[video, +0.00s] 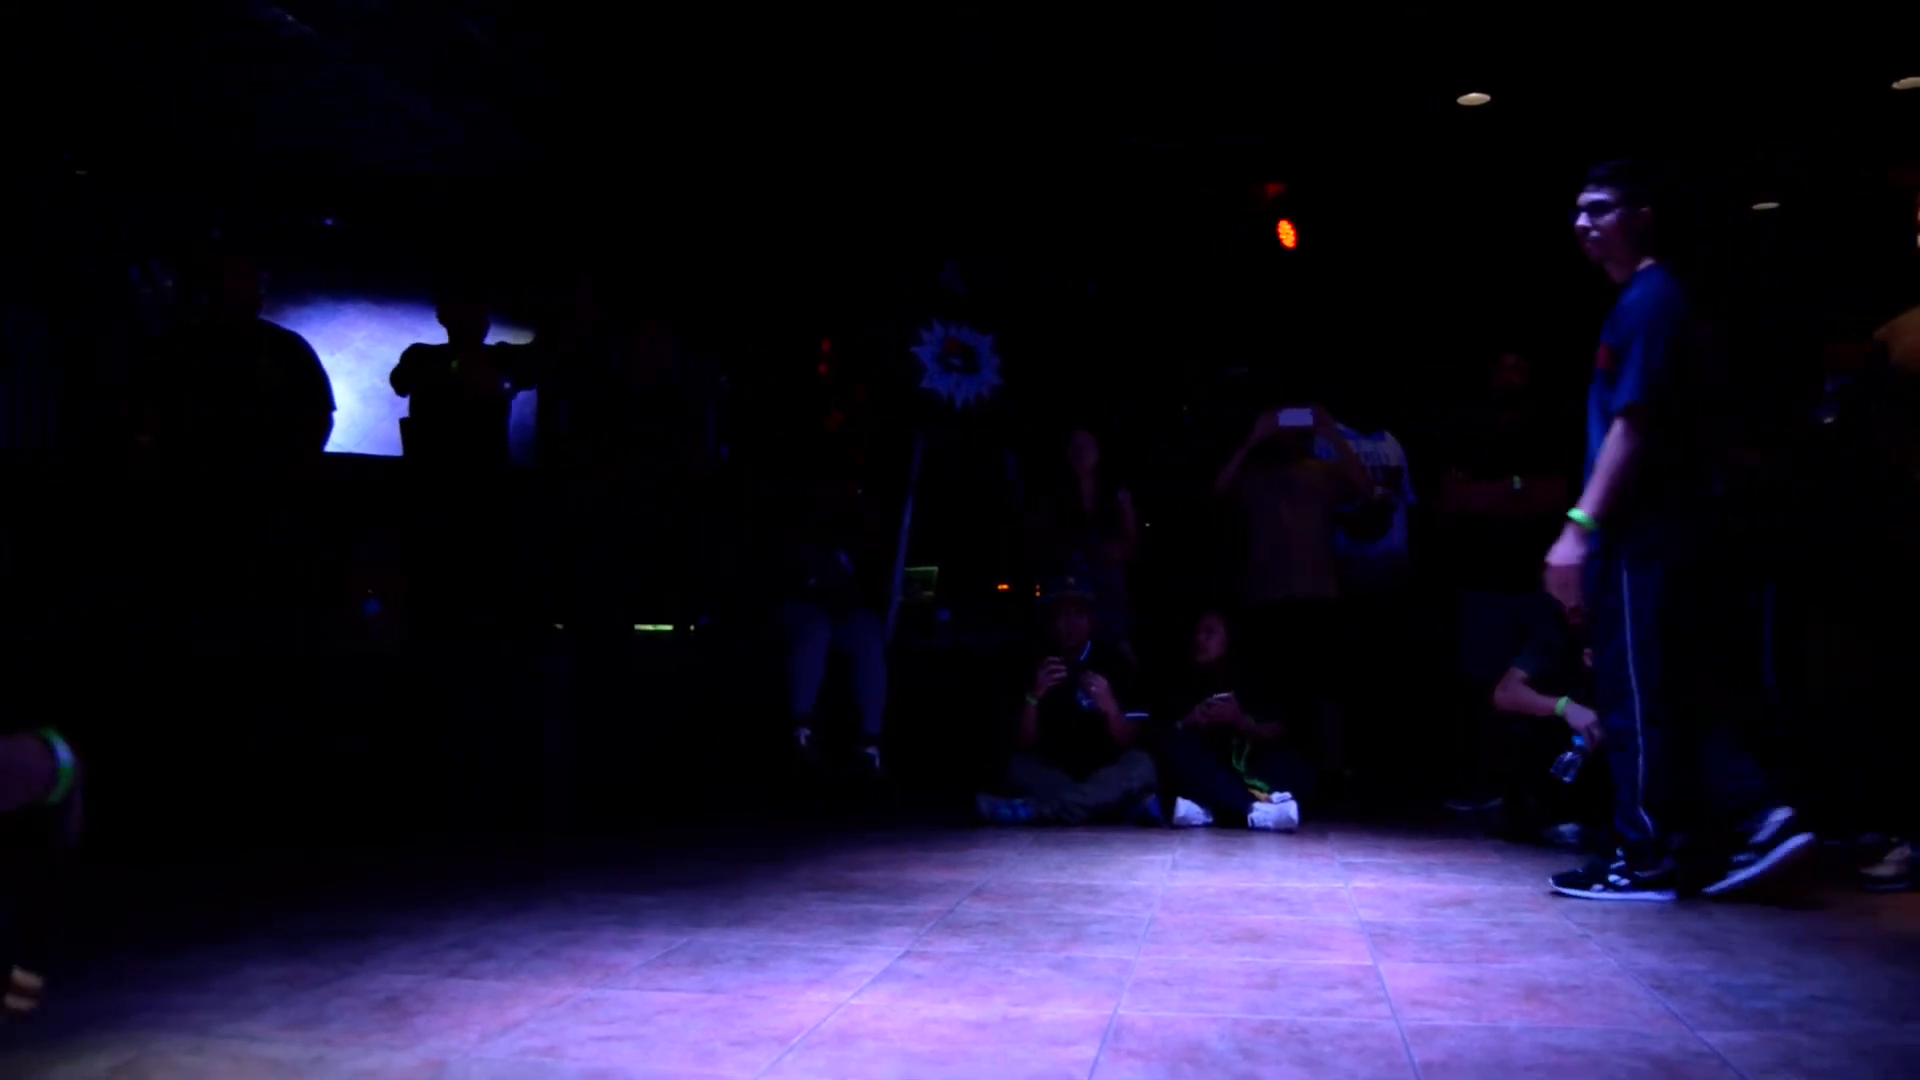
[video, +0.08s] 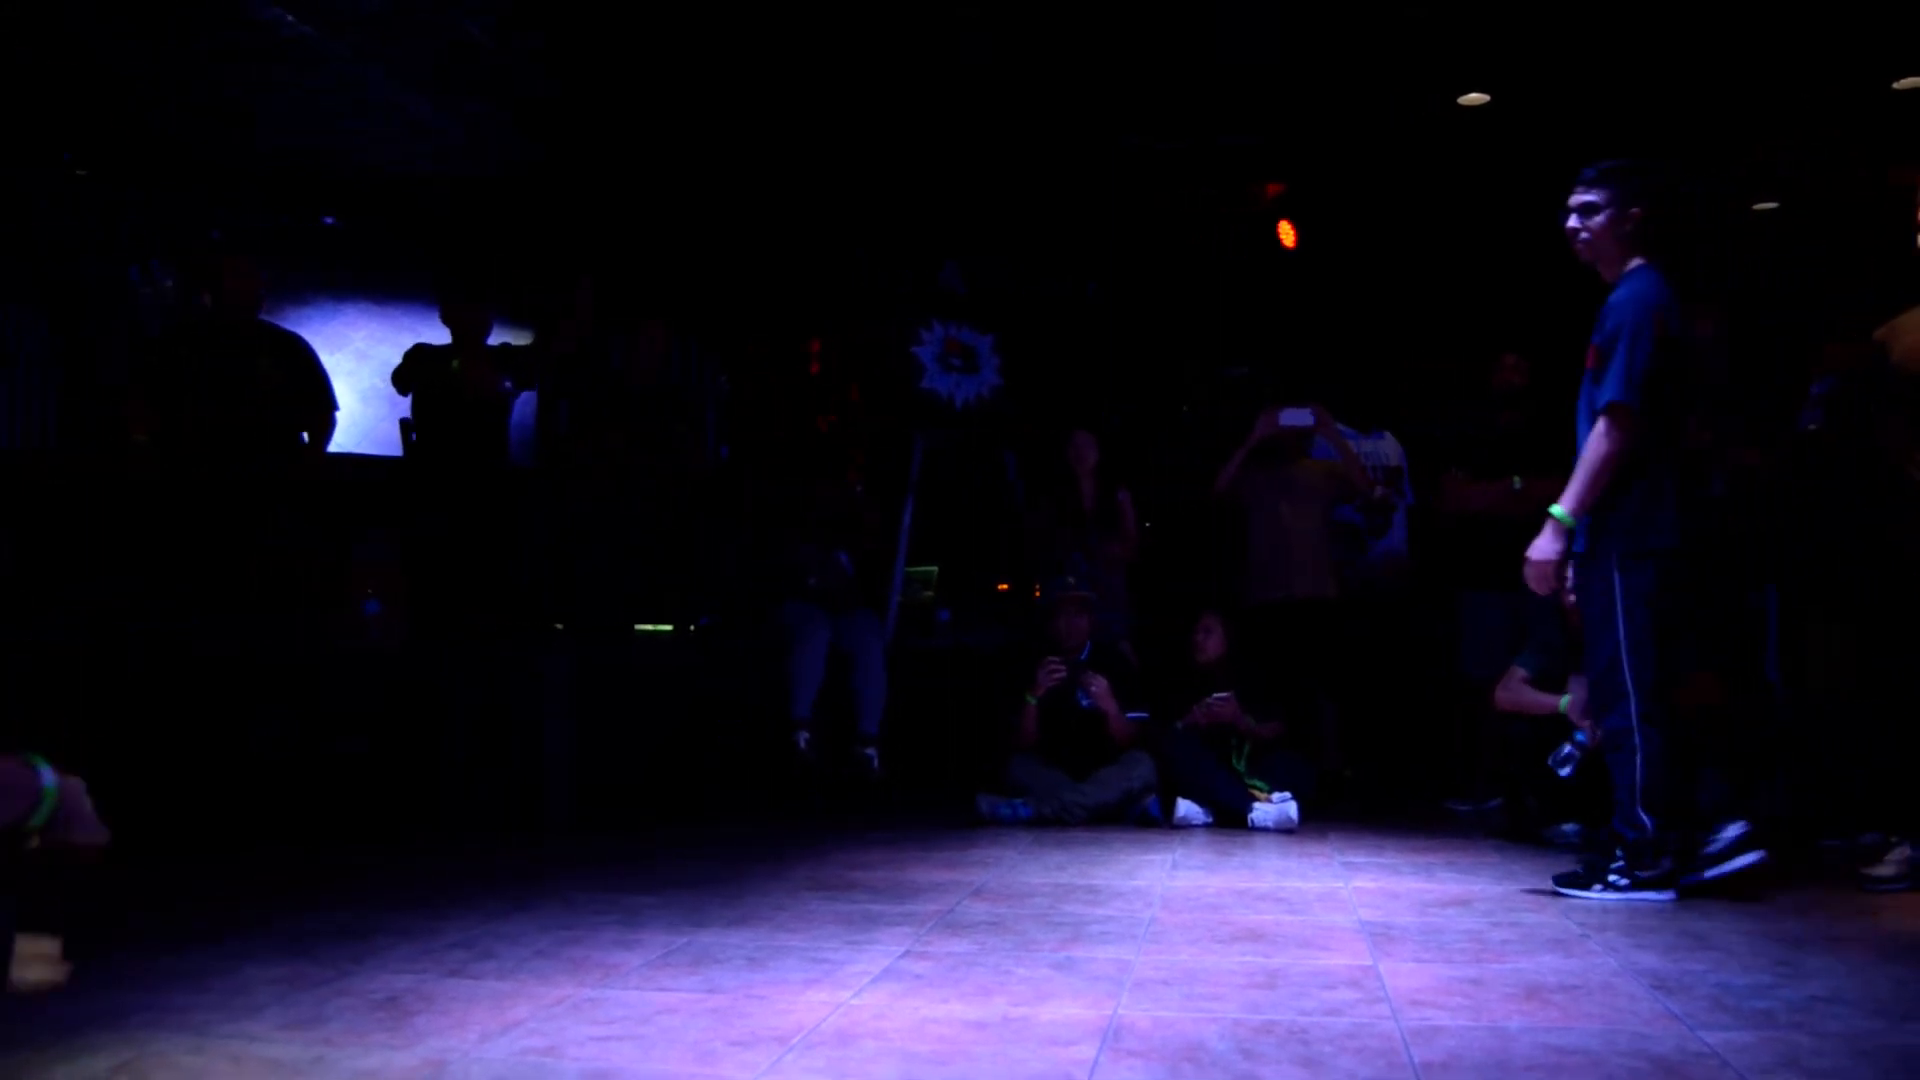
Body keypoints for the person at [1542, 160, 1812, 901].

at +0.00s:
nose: (1583, 225)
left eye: (1598, 211)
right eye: (1581, 213)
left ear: (1642, 217)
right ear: (1609, 226)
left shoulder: (1653, 299)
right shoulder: (1647, 297)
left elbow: (1632, 425)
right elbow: (1640, 424)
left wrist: (1580, 526)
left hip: (1649, 520)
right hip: (1657, 514)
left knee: (1638, 684)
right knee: (1672, 675)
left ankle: (1644, 857)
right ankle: (1755, 816)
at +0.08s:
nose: (1572, 225)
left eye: (1587, 212)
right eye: (1570, 213)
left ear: (1630, 218)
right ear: (1607, 226)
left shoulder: (1639, 299)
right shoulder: (1639, 296)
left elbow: (1618, 428)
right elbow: (1622, 430)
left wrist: (1558, 524)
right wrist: (1586, 545)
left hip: (1633, 525)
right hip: (1637, 521)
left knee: (1627, 686)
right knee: (1641, 680)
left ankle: (1641, 857)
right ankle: (1711, 824)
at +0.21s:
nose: (1561, 228)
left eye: (1576, 214)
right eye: (1559, 216)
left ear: (1618, 220)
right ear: (1587, 227)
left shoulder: (1628, 300)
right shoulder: (1617, 298)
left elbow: (1601, 424)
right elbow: (1600, 426)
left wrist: (1542, 521)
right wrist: (1562, 533)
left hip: (1622, 528)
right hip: (1609, 525)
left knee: (1617, 688)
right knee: (1599, 685)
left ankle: (1642, 856)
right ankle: (1622, 838)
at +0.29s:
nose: (1554, 229)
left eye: (1569, 216)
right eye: (1553, 217)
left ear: (1611, 221)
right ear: (1583, 228)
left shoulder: (1623, 301)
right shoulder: (1608, 298)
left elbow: (1597, 424)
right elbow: (1596, 423)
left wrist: (1541, 521)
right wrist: (1551, 518)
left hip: (1619, 526)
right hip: (1598, 524)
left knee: (1614, 685)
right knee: (1577, 678)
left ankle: (1640, 854)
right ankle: (1592, 831)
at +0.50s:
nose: (1536, 232)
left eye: (1551, 221)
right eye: (1535, 221)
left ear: (1592, 230)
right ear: (1554, 235)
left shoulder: (1606, 306)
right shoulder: (1584, 306)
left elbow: (1596, 429)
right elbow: (1586, 430)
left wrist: (1551, 529)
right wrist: (1550, 524)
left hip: (1604, 529)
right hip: (1577, 526)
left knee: (1611, 689)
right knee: (1547, 679)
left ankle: (1641, 853)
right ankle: (1519, 831)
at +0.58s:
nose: (1530, 233)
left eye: (1546, 222)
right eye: (1529, 222)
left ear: (1584, 232)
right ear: (1541, 236)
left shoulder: (1601, 308)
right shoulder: (1572, 308)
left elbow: (1596, 428)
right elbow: (1571, 428)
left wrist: (1561, 530)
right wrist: (1543, 524)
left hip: (1589, 529)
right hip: (1551, 527)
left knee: (1606, 689)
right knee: (1538, 683)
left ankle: (1640, 853)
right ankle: (1521, 834)